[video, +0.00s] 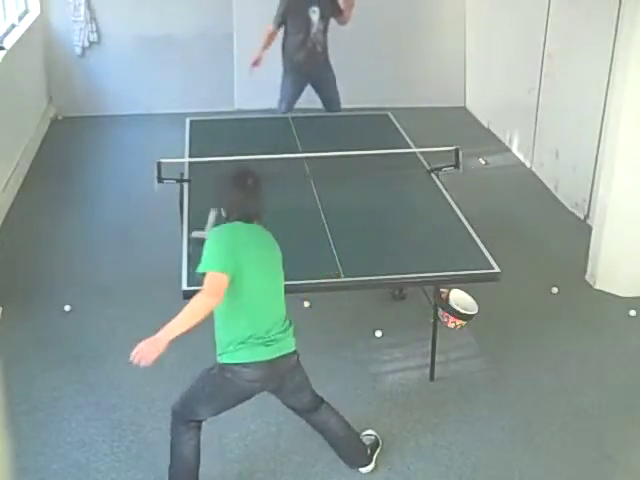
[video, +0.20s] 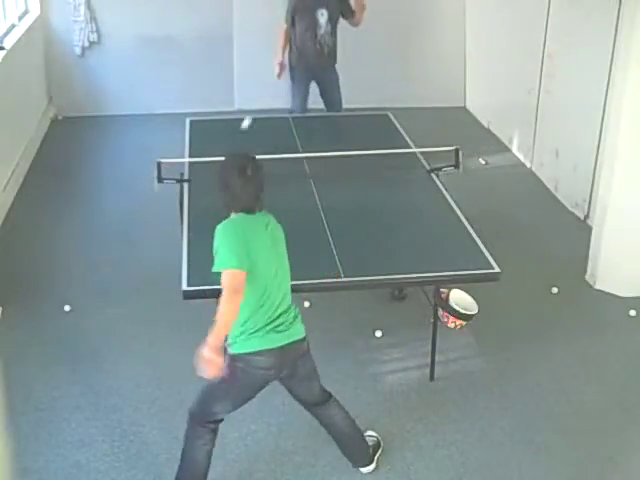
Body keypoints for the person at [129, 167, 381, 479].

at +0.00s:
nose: (218, 201)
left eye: (221, 194)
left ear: (225, 201)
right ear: (255, 202)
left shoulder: (221, 237)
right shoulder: (268, 239)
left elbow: (212, 294)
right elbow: (268, 291)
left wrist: (160, 339)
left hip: (243, 367)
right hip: (284, 360)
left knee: (185, 414)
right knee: (314, 408)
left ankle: (181, 474)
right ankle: (362, 456)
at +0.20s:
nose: (225, 192)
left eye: (225, 185)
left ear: (224, 189)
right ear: (259, 187)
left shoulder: (229, 230)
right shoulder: (272, 225)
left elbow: (233, 291)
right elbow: (275, 282)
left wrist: (213, 343)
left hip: (254, 355)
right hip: (293, 344)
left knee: (203, 418)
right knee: (321, 401)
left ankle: (188, 475)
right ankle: (365, 457)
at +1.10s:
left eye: (231, 178)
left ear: (227, 183)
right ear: (266, 184)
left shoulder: (205, 234)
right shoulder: (289, 228)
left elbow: (179, 305)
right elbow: (316, 290)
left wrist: (153, 350)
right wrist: (297, 296)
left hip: (219, 371)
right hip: (274, 369)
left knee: (193, 452)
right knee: (306, 445)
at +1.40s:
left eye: (226, 185)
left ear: (227, 192)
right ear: (265, 189)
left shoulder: (218, 251)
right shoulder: (297, 231)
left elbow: (216, 332)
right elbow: (343, 274)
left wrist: (203, 400)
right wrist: (309, 305)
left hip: (240, 384)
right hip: (294, 379)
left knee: (202, 455)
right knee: (318, 449)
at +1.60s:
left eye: (216, 216)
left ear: (212, 223)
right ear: (251, 222)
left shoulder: (191, 282)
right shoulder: (284, 267)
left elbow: (167, 356)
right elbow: (320, 322)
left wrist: (141, 421)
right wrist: (293, 351)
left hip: (219, 414)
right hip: (280, 407)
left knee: (183, 473)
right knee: (312, 452)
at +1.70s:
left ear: (185, 231)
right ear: (228, 234)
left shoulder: (153, 284)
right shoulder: (250, 284)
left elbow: (120, 348)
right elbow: (270, 361)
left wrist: (100, 407)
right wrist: (274, 373)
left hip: (180, 425)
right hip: (241, 420)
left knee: (161, 473)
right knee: (292, 472)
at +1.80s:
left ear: (164, 232)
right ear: (208, 240)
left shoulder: (127, 281)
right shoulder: (222, 291)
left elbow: (83, 338)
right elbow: (232, 371)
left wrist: (73, 393)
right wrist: (244, 379)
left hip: (144, 430)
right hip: (205, 430)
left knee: (138, 474)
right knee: (246, 474)